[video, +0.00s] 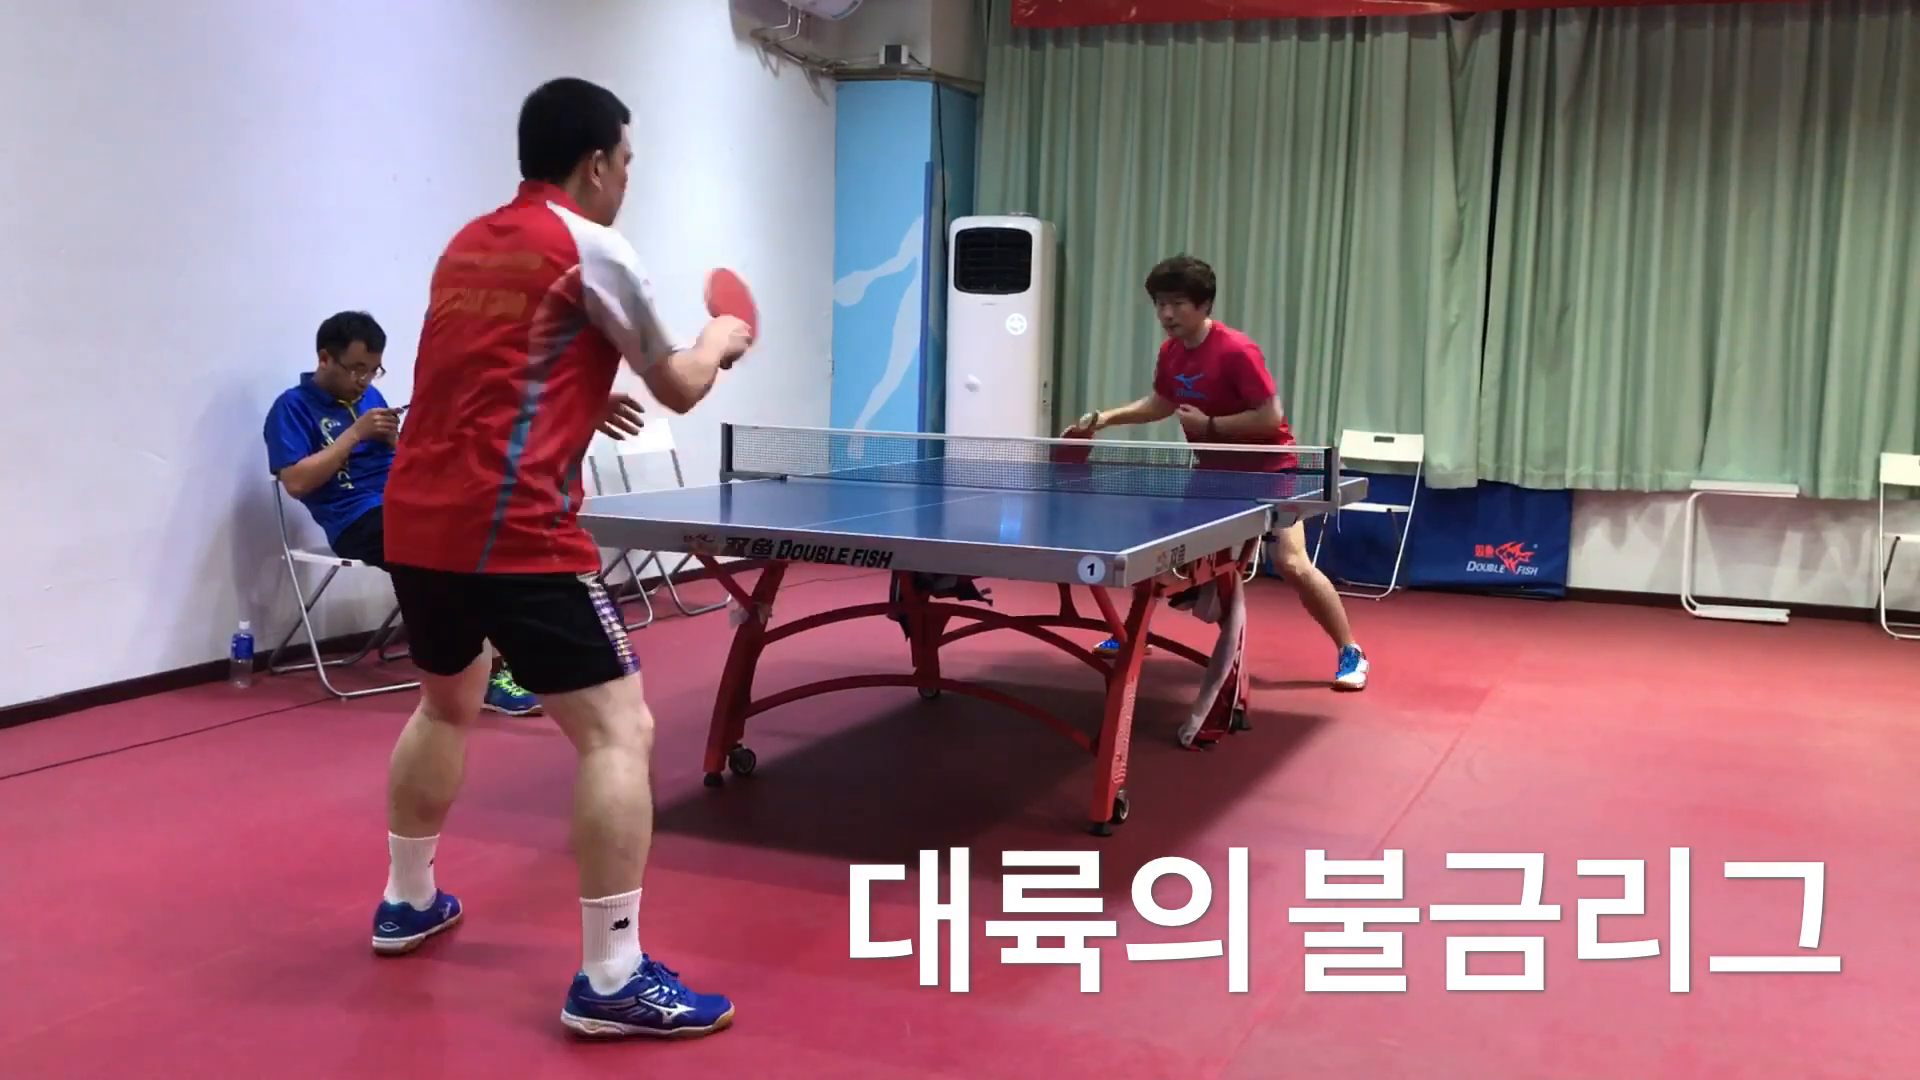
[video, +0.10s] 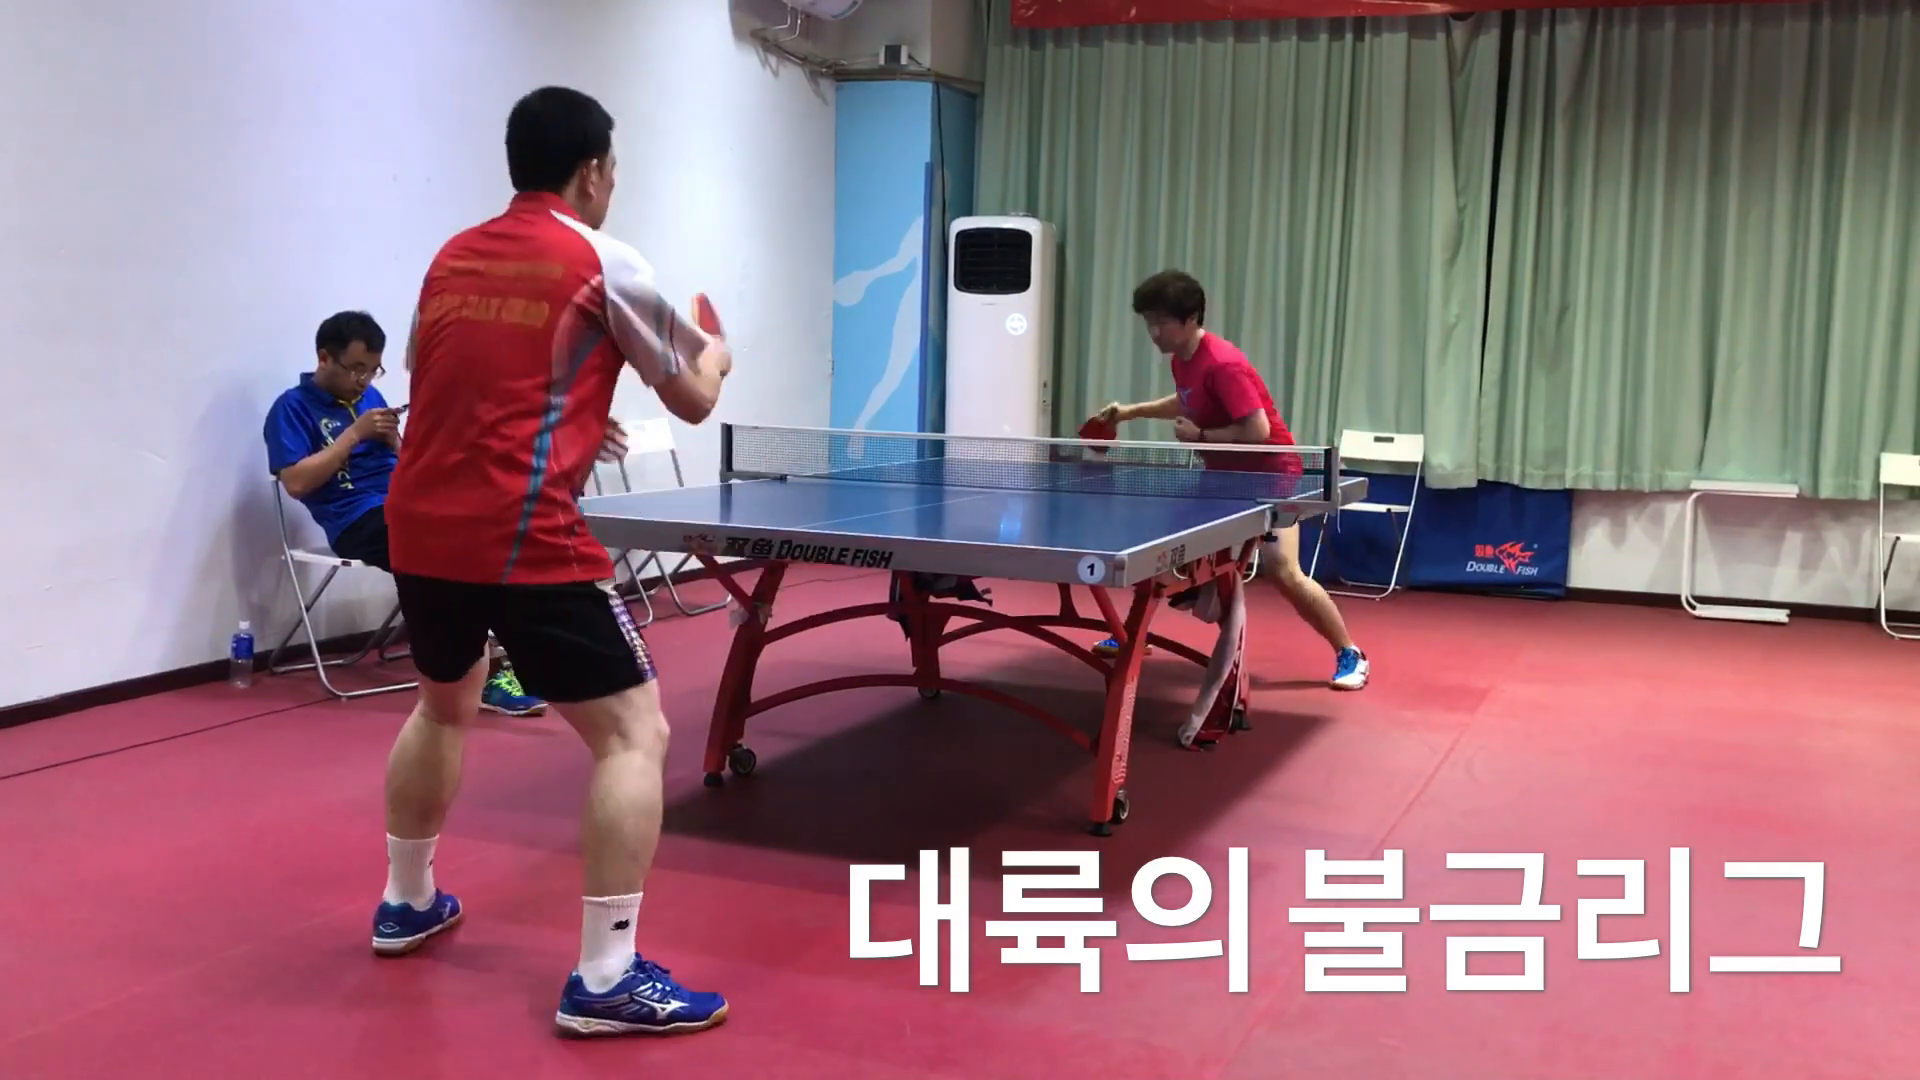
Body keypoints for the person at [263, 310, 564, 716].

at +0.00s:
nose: (365, 381)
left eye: (372, 371)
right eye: (357, 370)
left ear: (377, 367)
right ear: (325, 360)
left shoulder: (368, 396)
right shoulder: (291, 408)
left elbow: (396, 460)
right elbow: (296, 482)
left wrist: (394, 436)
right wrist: (356, 433)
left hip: (405, 504)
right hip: (360, 522)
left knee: (490, 542)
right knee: (462, 558)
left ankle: (492, 666)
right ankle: (485, 676)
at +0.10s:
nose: (363, 380)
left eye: (370, 371)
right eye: (355, 369)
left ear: (377, 366)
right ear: (323, 359)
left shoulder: (369, 397)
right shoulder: (292, 408)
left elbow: (407, 462)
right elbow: (296, 482)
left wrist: (394, 440)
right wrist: (355, 434)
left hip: (407, 505)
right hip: (359, 522)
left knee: (481, 540)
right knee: (451, 557)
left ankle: (500, 663)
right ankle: (483, 674)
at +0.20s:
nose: (363, 380)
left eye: (370, 370)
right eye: (355, 369)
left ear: (377, 366)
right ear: (323, 360)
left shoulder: (369, 396)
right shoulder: (291, 409)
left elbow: (407, 466)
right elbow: (296, 483)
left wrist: (393, 439)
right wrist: (354, 434)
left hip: (406, 504)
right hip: (359, 522)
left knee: (478, 541)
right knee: (451, 556)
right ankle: (484, 672)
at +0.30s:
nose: (363, 379)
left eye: (370, 370)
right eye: (354, 368)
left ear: (376, 365)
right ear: (323, 360)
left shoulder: (368, 396)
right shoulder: (291, 409)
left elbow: (404, 463)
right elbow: (296, 482)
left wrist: (393, 438)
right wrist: (355, 433)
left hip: (407, 504)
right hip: (359, 521)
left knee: (482, 541)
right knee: (452, 557)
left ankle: (498, 663)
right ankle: (484, 673)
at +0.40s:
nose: (363, 378)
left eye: (370, 368)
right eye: (354, 367)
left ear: (376, 364)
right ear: (323, 359)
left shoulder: (369, 397)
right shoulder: (291, 409)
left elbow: (406, 463)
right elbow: (297, 482)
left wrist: (393, 436)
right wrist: (355, 432)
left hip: (406, 506)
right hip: (358, 523)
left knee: (484, 548)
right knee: (452, 559)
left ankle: (514, 677)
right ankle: (496, 684)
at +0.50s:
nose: (364, 377)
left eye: (372, 367)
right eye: (355, 366)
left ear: (377, 362)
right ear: (322, 359)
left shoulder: (369, 396)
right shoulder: (290, 409)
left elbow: (410, 465)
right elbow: (298, 482)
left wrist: (394, 438)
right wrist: (356, 430)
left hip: (407, 504)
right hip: (358, 524)